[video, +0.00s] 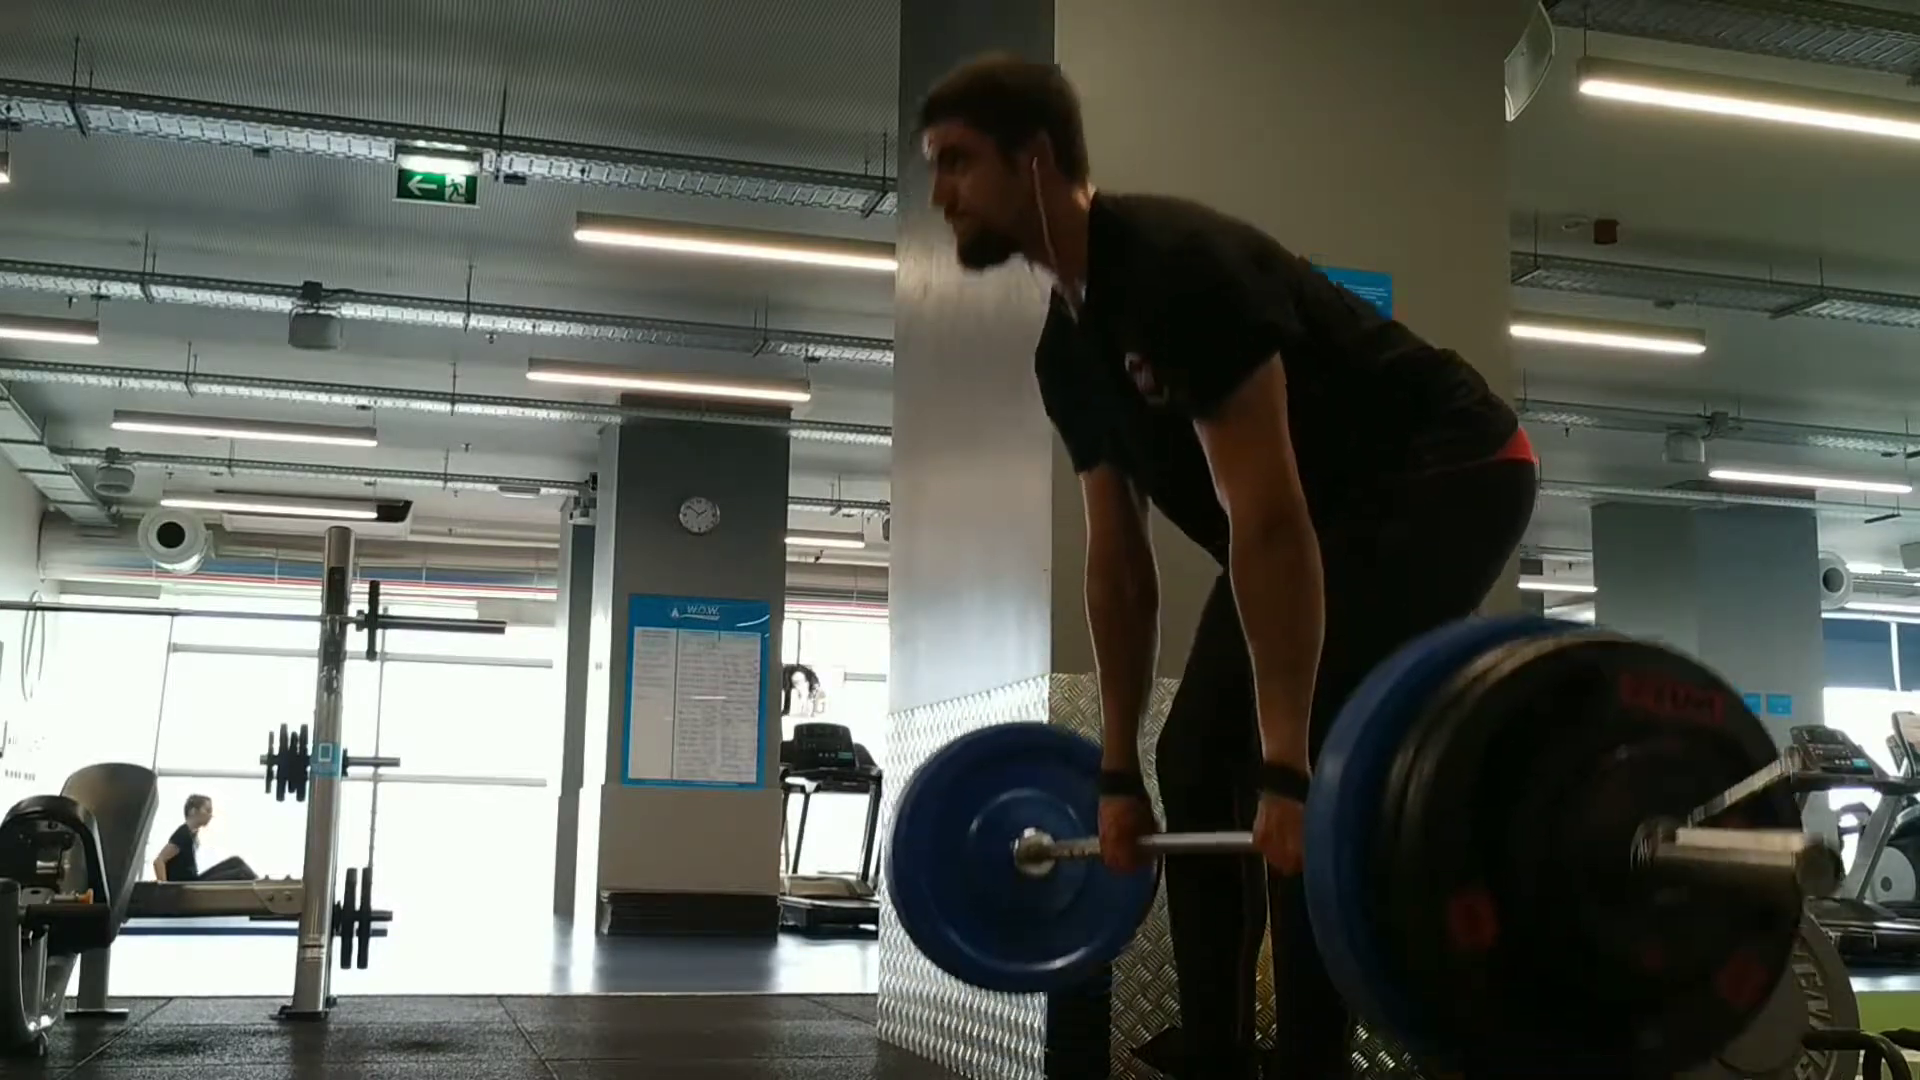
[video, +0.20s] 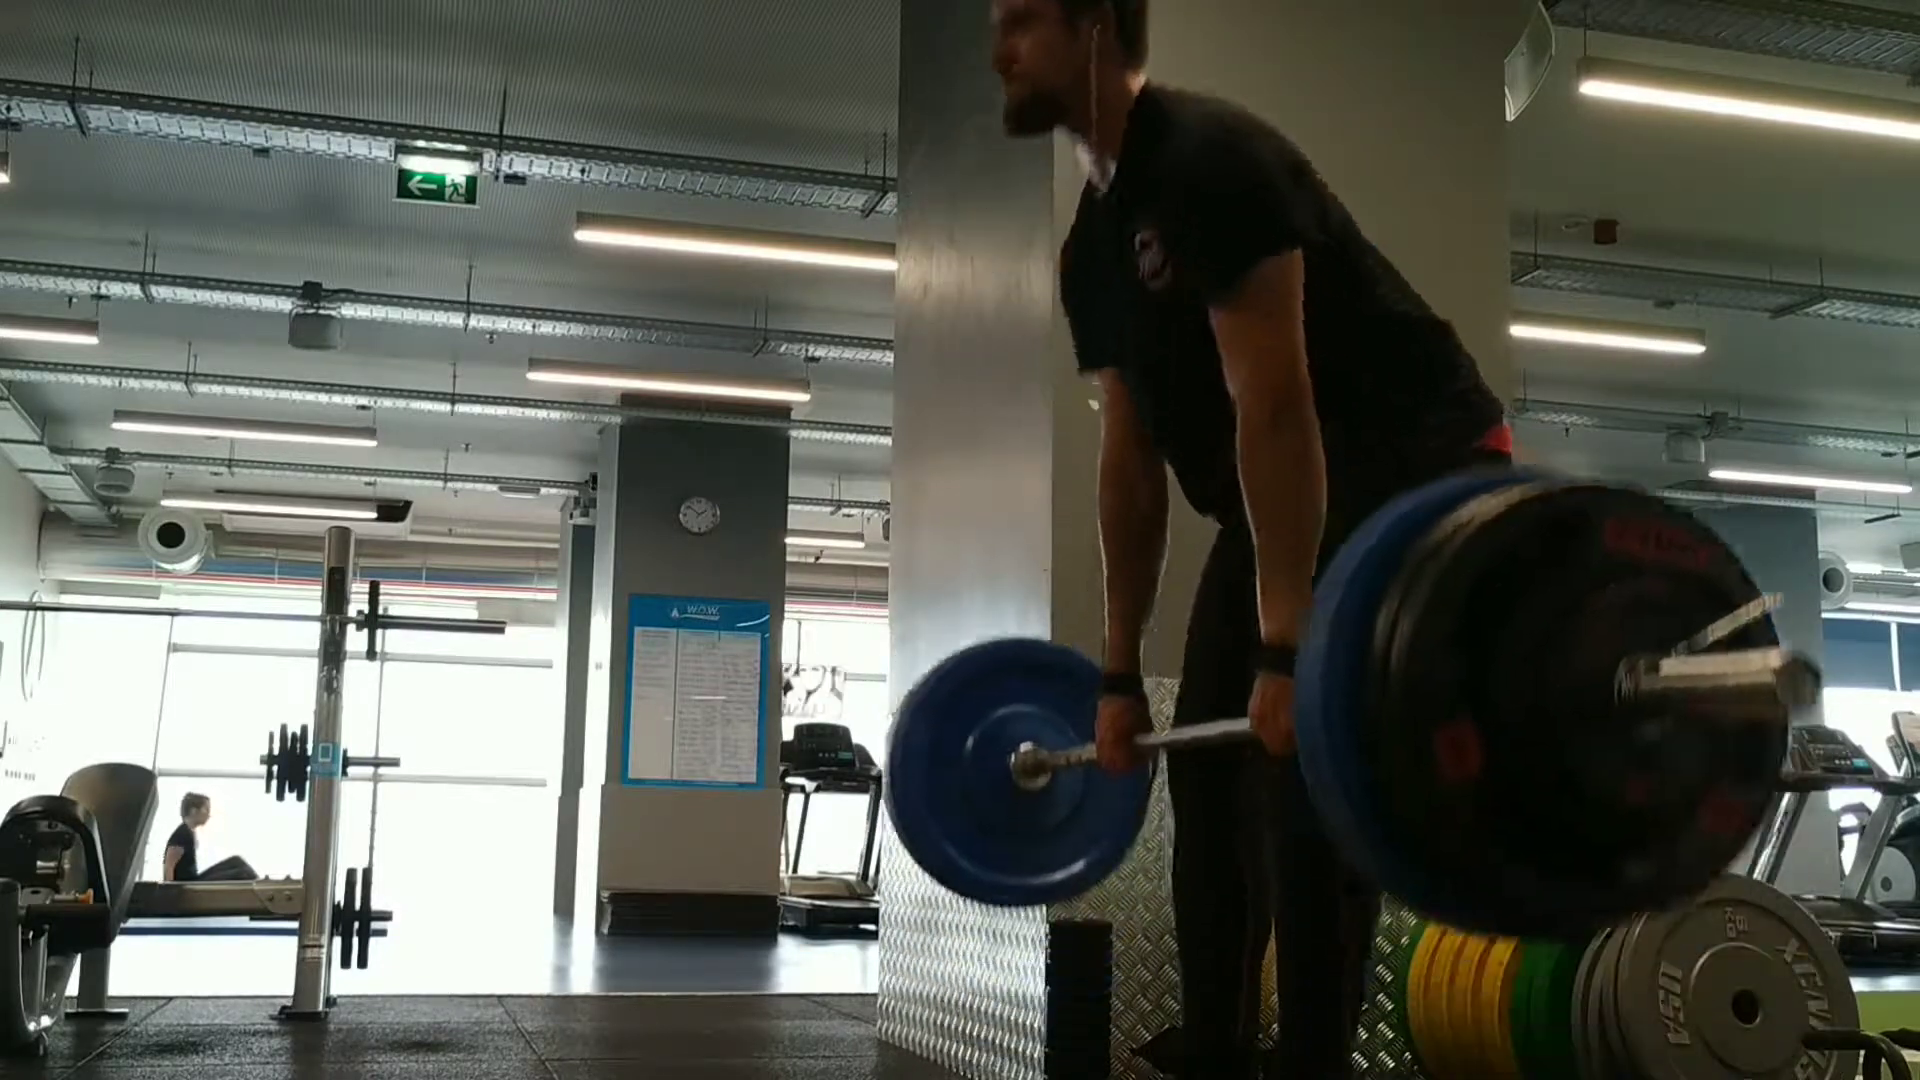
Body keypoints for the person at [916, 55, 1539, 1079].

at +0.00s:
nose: (938, 191)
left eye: (956, 161)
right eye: (931, 168)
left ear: (1039, 158)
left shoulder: (1181, 263)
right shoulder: (1067, 348)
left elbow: (1273, 524)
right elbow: (1116, 558)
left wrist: (1285, 775)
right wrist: (1118, 771)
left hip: (1444, 481)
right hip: (1302, 515)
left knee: (1313, 767)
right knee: (1200, 758)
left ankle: (1312, 1054)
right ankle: (1214, 1042)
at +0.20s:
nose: (997, 53)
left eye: (1021, 23)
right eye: (996, 29)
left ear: (1098, 29)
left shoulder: (1212, 158)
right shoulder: (1094, 243)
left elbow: (1281, 417)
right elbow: (1128, 460)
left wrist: (1282, 652)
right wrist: (1121, 671)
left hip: (1401, 495)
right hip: (1272, 510)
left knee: (1313, 771)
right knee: (1207, 763)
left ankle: (1312, 1058)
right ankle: (1212, 1047)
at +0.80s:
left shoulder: (1370, 61)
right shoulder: (1246, 120)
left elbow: (1346, 289)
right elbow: (1192, 336)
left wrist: (1289, 507)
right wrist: (1128, 545)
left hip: (1275, 507)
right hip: (1190, 514)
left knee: (1271, 783)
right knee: (1181, 787)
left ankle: (1309, 1060)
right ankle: (1206, 1051)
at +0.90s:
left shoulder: (1333, 53)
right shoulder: (1204, 121)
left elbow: (1333, 292)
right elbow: (1180, 355)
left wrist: (1291, 509)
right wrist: (1129, 555)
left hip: (1285, 503)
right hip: (1194, 509)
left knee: (1272, 774)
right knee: (1177, 773)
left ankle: (1309, 1059)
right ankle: (1206, 1049)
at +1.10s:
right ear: (1138, 4)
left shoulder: (1253, 90)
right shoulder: (1138, 160)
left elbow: (1304, 333)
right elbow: (1148, 386)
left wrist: (1293, 570)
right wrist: (1130, 602)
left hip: (1354, 497)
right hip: (1242, 509)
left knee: (1295, 766)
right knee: (1187, 764)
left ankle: (1316, 1060)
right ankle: (1213, 1050)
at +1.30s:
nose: (998, 77)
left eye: (1018, 42)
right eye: (992, 52)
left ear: (1095, 36)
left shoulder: (1216, 162)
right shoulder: (1099, 246)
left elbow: (1290, 417)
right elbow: (1138, 474)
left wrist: (1288, 662)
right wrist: (1127, 680)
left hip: (1418, 488)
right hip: (1289, 505)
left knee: (1320, 757)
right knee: (1210, 753)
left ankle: (1317, 1054)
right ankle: (1216, 1042)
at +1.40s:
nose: (978, 123)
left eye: (996, 94)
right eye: (972, 100)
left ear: (1077, 91)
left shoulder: (1208, 207)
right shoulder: (1088, 284)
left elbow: (1287, 464)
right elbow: (1134, 506)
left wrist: (1287, 707)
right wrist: (1124, 714)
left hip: (1430, 491)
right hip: (1295, 516)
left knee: (1318, 766)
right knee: (1204, 760)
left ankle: (1314, 1059)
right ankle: (1213, 1046)